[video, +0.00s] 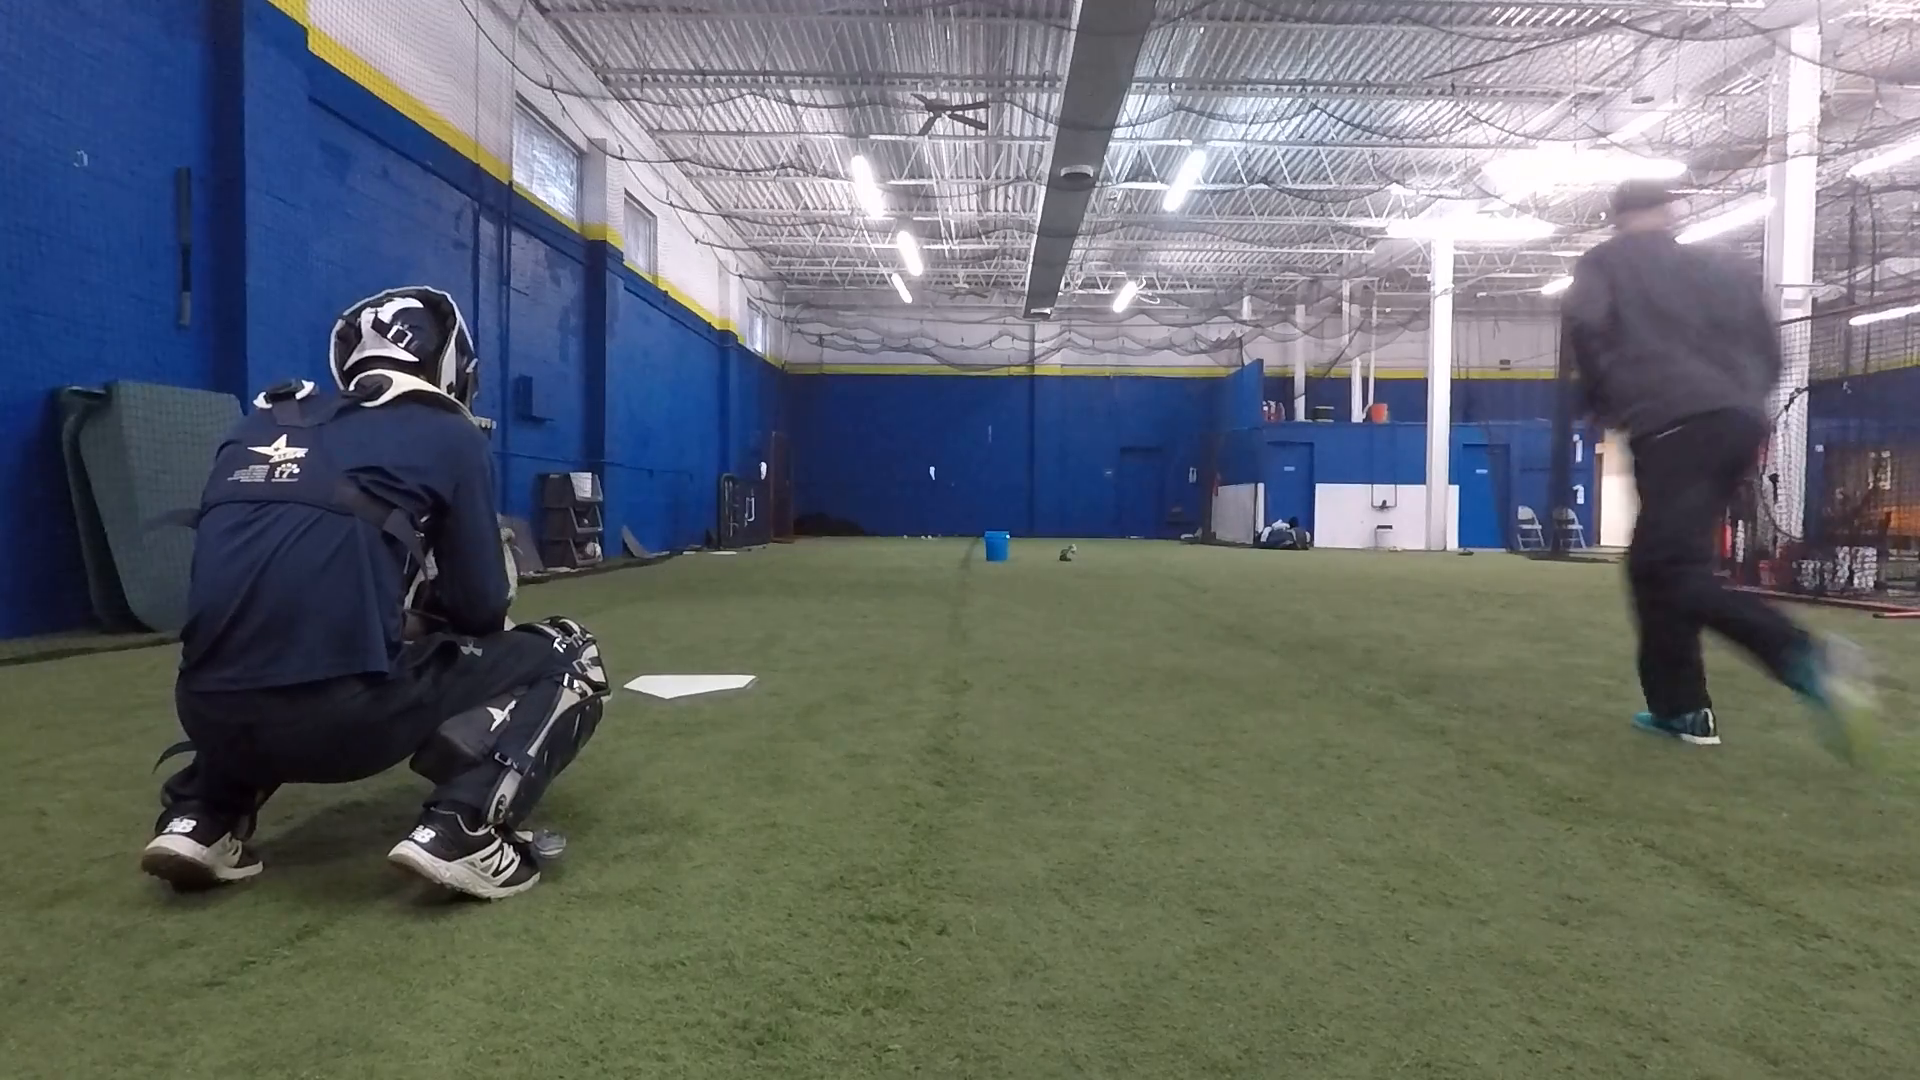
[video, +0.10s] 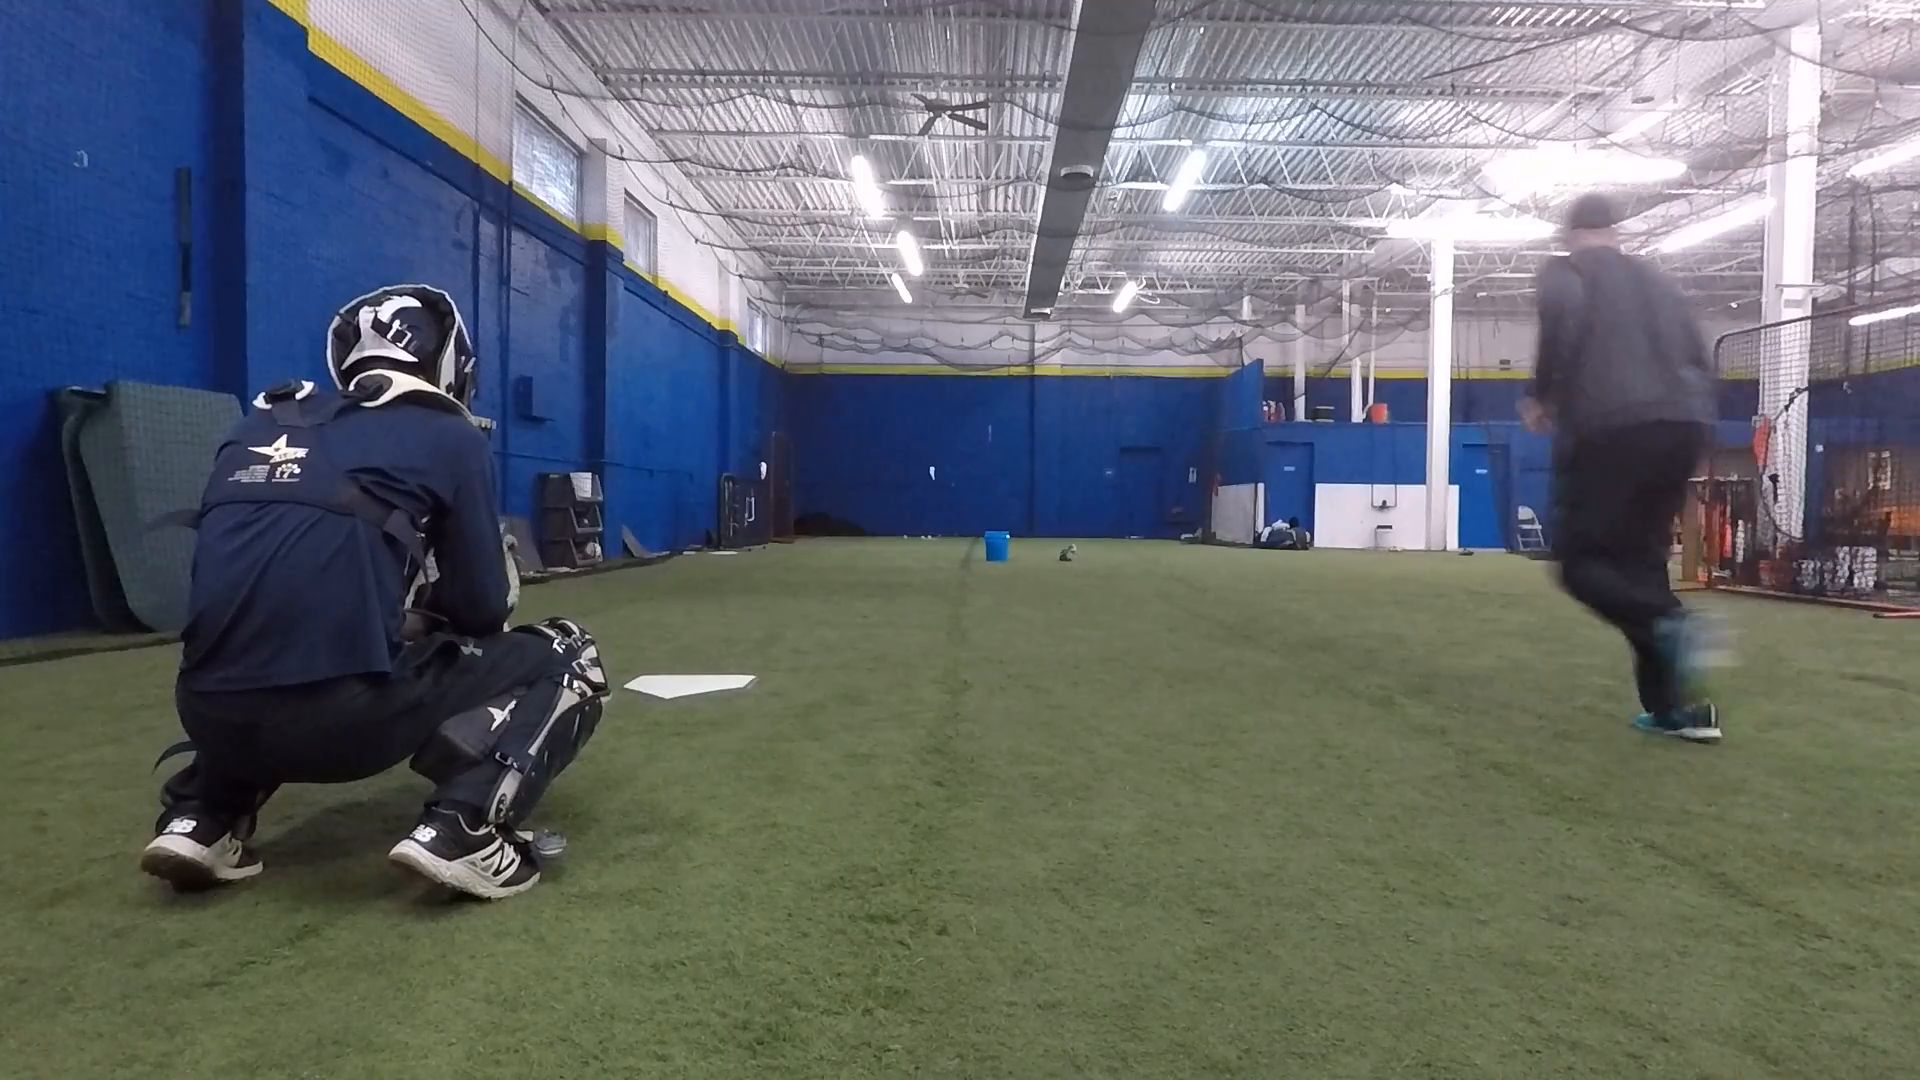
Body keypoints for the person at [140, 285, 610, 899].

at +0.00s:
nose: (466, 377)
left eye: (464, 362)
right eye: (462, 361)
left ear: (347, 361)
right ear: (448, 363)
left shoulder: (259, 423)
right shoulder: (450, 433)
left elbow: (238, 571)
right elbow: (482, 607)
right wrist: (418, 587)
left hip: (218, 717)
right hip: (348, 718)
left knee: (276, 616)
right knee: (571, 654)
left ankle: (202, 816)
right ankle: (462, 826)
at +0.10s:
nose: (464, 374)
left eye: (461, 360)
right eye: (460, 359)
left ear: (343, 359)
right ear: (446, 361)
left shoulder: (259, 422)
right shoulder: (451, 435)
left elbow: (237, 573)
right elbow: (482, 609)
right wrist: (422, 590)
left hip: (218, 717)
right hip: (346, 719)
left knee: (274, 618)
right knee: (570, 656)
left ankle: (202, 817)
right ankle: (463, 825)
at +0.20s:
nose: (463, 372)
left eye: (460, 358)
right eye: (459, 357)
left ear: (341, 358)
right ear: (445, 361)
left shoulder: (258, 423)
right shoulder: (450, 437)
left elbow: (242, 570)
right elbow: (481, 612)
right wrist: (425, 593)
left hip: (218, 717)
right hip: (347, 718)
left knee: (279, 616)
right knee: (569, 656)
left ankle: (202, 817)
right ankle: (463, 825)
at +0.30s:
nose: (461, 370)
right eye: (457, 355)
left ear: (340, 358)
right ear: (445, 360)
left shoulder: (258, 423)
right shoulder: (450, 438)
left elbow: (239, 573)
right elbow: (477, 612)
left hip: (218, 717)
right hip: (347, 719)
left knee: (278, 617)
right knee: (570, 657)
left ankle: (201, 816)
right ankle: (464, 825)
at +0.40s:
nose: (460, 369)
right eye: (455, 353)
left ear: (341, 356)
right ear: (443, 359)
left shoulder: (258, 423)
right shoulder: (450, 438)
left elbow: (244, 578)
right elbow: (476, 612)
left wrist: (392, 620)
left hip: (216, 715)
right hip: (345, 718)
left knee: (280, 621)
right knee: (568, 657)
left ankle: (202, 817)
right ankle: (464, 823)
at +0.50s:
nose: (461, 367)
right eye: (456, 351)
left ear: (341, 352)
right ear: (444, 356)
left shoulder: (258, 422)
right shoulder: (450, 437)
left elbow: (244, 579)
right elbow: (474, 612)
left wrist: (393, 620)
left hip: (216, 713)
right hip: (344, 716)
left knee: (279, 623)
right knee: (566, 659)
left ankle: (202, 816)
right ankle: (464, 823)